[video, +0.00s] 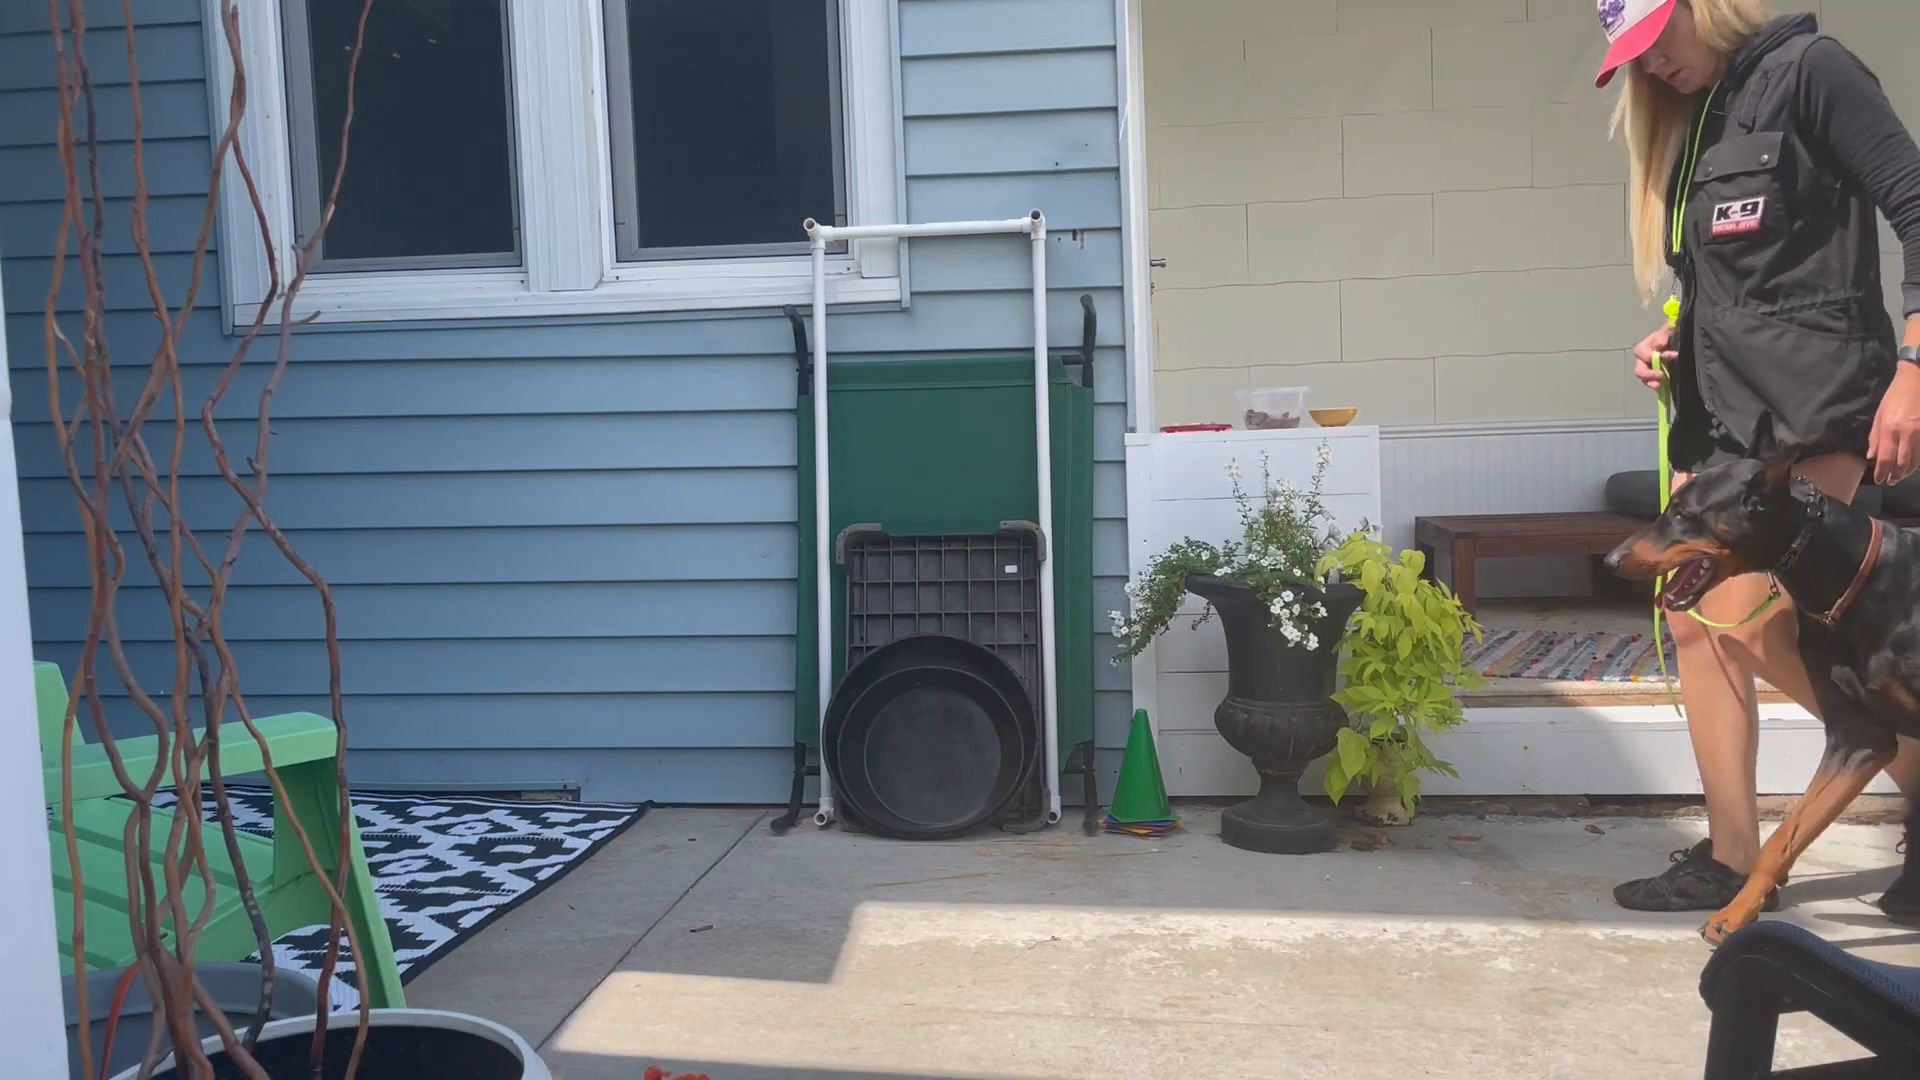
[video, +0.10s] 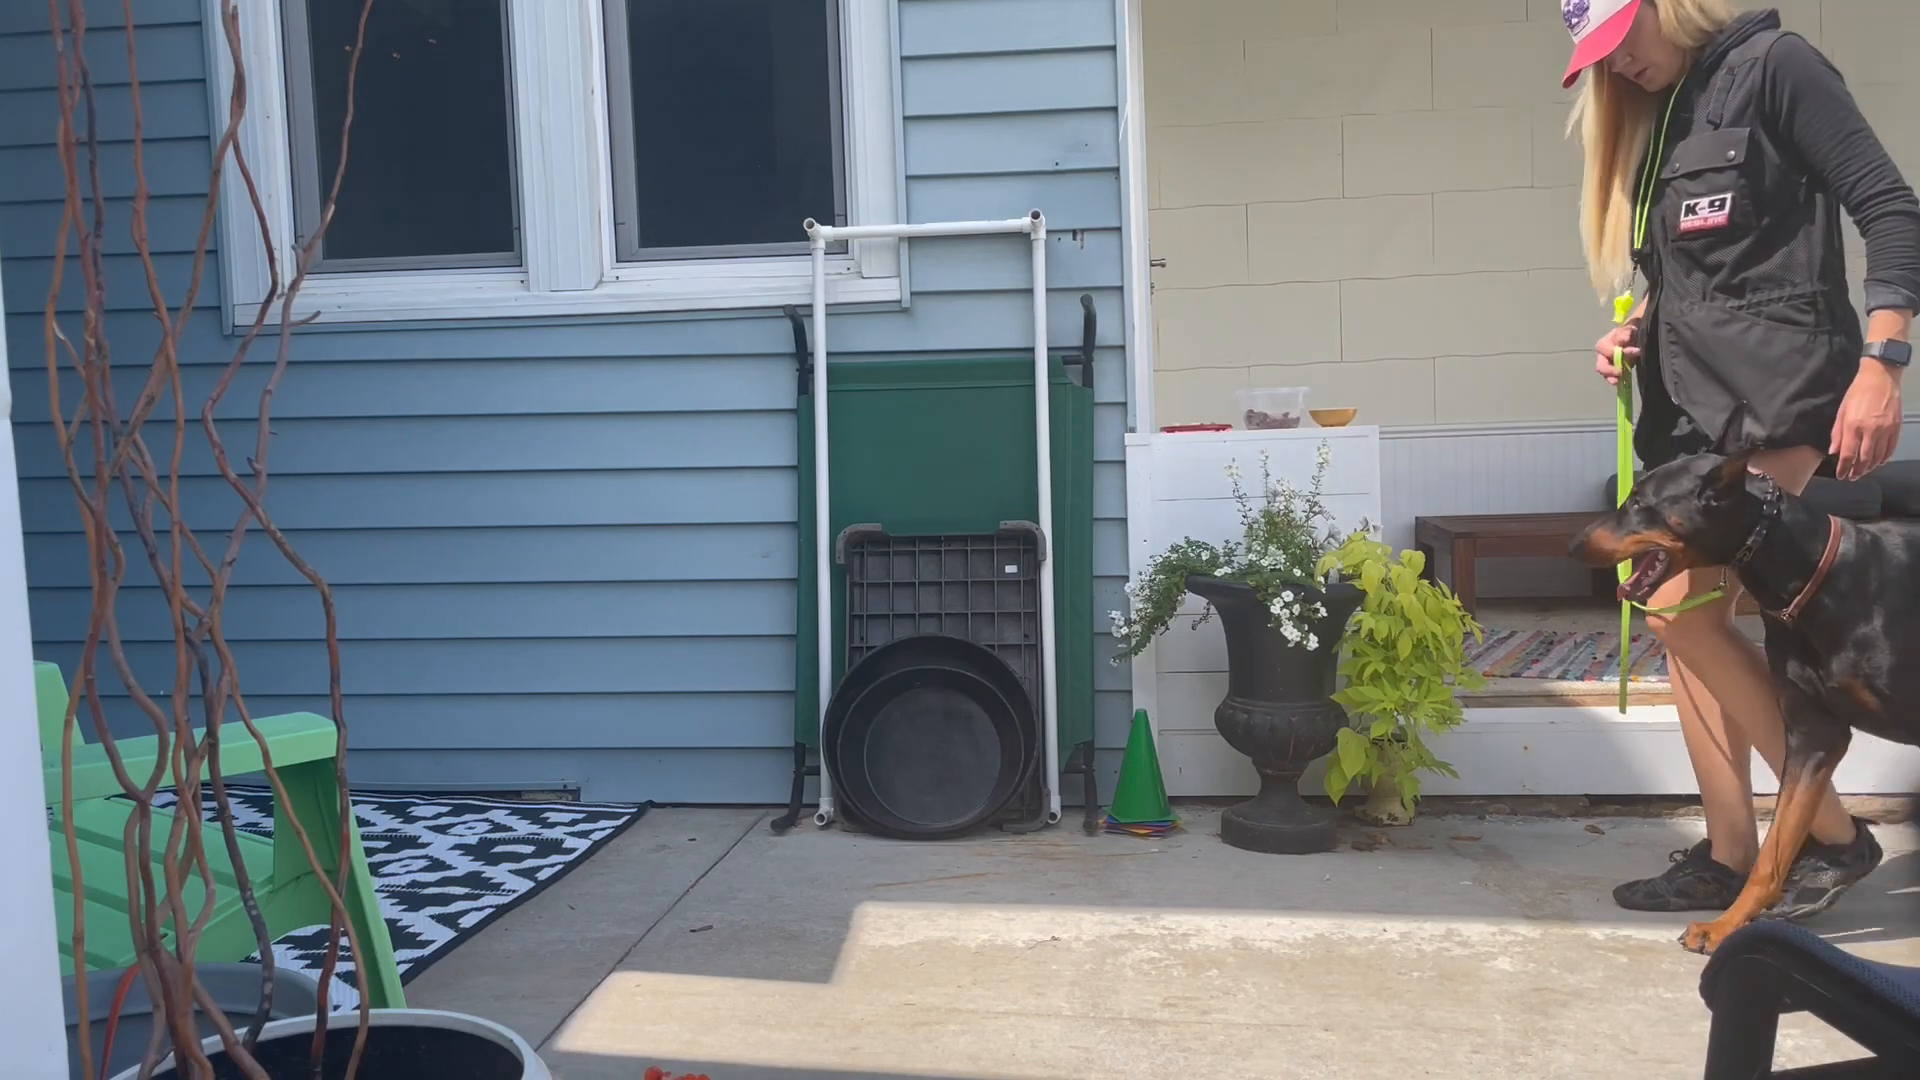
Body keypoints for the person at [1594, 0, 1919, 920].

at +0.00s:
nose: (1649, 70)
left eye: (1653, 46)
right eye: (1636, 59)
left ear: (1701, 6)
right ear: (1639, 49)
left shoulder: (1810, 69)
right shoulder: (1695, 110)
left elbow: (1916, 209)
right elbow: (1721, 267)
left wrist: (1913, 367)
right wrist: (1677, 329)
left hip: (1818, 412)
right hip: (1719, 416)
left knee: (1766, 631)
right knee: (1697, 621)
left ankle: (1916, 787)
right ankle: (1734, 856)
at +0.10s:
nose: (1618, 67)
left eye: (1620, 42)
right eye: (1604, 57)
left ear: (1667, 3)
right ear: (1602, 53)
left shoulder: (1774, 65)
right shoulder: (1661, 107)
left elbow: (1891, 210)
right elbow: (1683, 264)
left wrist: (1882, 363)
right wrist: (1637, 321)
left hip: (1773, 402)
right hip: (1683, 406)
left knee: (1684, 608)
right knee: (1681, 621)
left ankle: (1834, 829)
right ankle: (1732, 854)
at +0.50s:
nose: (1530, 62)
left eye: (1532, 38)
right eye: (1515, 52)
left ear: (1576, 2)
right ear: (1517, 42)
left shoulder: (1681, 62)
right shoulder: (1571, 98)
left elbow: (1794, 213)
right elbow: (1599, 256)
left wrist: (1789, 369)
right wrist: (1552, 316)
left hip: (1679, 387)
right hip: (1590, 392)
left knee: (1650, 619)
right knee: (1560, 602)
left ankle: (1649, 878)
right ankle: (1691, 824)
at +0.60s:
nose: (1515, 61)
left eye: (1517, 37)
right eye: (1499, 52)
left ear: (1560, 1)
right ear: (1499, 42)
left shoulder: (1664, 59)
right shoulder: (1553, 94)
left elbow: (1777, 210)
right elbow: (1582, 248)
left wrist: (1775, 366)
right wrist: (1538, 312)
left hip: (1662, 387)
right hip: (1576, 392)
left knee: (1639, 628)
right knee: (1557, 608)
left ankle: (1646, 885)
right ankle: (1635, 842)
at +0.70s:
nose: (1500, 64)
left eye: (1501, 40)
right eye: (1484, 55)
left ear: (1545, 2)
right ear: (1483, 46)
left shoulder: (1650, 61)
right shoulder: (1540, 96)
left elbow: (1765, 213)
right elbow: (1569, 245)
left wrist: (1763, 368)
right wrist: (1527, 311)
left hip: (1651, 386)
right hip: (1568, 392)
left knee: (1627, 633)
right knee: (1572, 624)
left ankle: (1643, 883)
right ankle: (1608, 855)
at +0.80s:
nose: (1486, 69)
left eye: (1487, 45)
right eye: (1471, 59)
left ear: (1531, 5)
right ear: (1471, 49)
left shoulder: (1639, 62)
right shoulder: (1528, 98)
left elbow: (1755, 213)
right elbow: (1554, 246)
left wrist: (1756, 366)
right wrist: (1515, 312)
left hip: (1645, 382)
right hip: (1564, 386)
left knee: (1618, 633)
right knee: (1592, 630)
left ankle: (1643, 884)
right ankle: (1609, 854)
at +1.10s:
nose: (1474, 71)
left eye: (1475, 47)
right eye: (1456, 62)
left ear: (1514, 5)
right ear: (1448, 56)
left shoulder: (1624, 63)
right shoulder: (1514, 102)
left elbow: (1738, 209)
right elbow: (1536, 247)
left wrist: (1747, 365)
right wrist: (1502, 315)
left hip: (1636, 374)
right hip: (1548, 381)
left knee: (1609, 633)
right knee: (1573, 630)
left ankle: (1644, 878)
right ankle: (1626, 854)